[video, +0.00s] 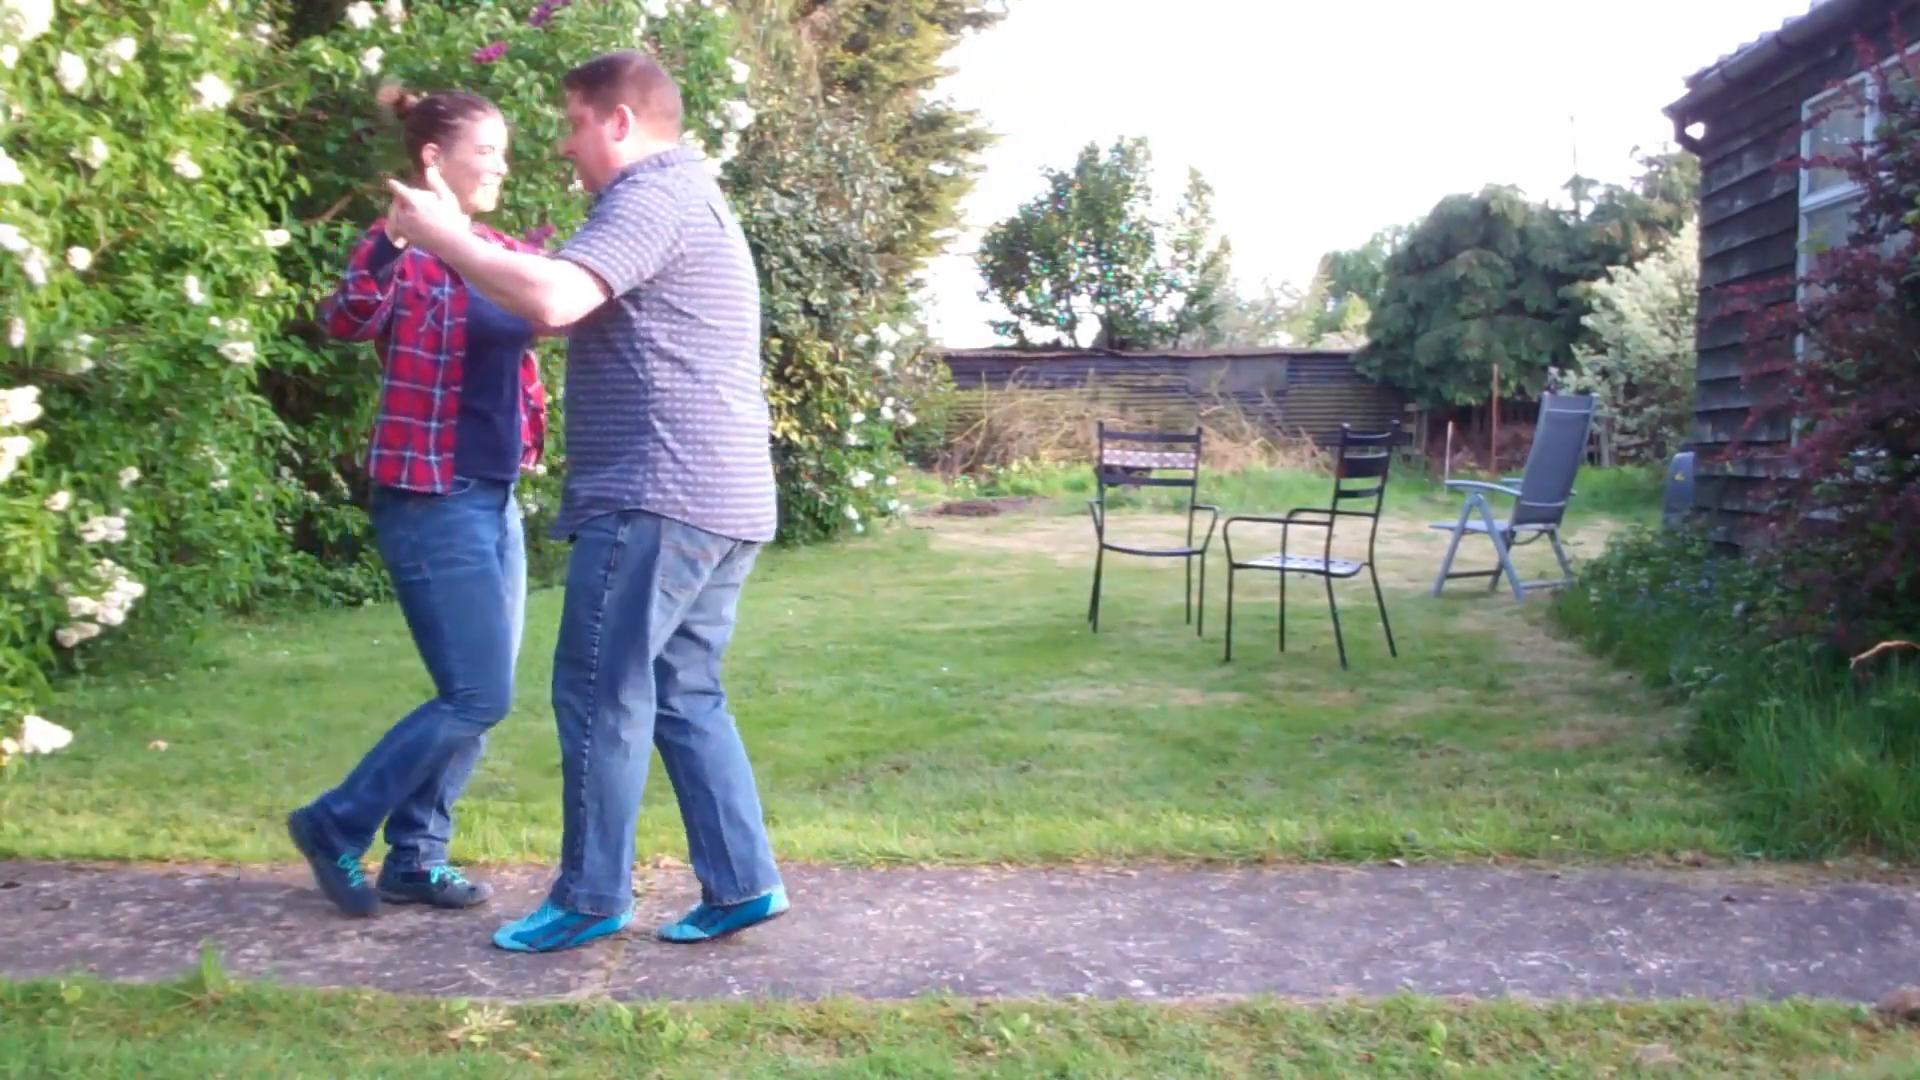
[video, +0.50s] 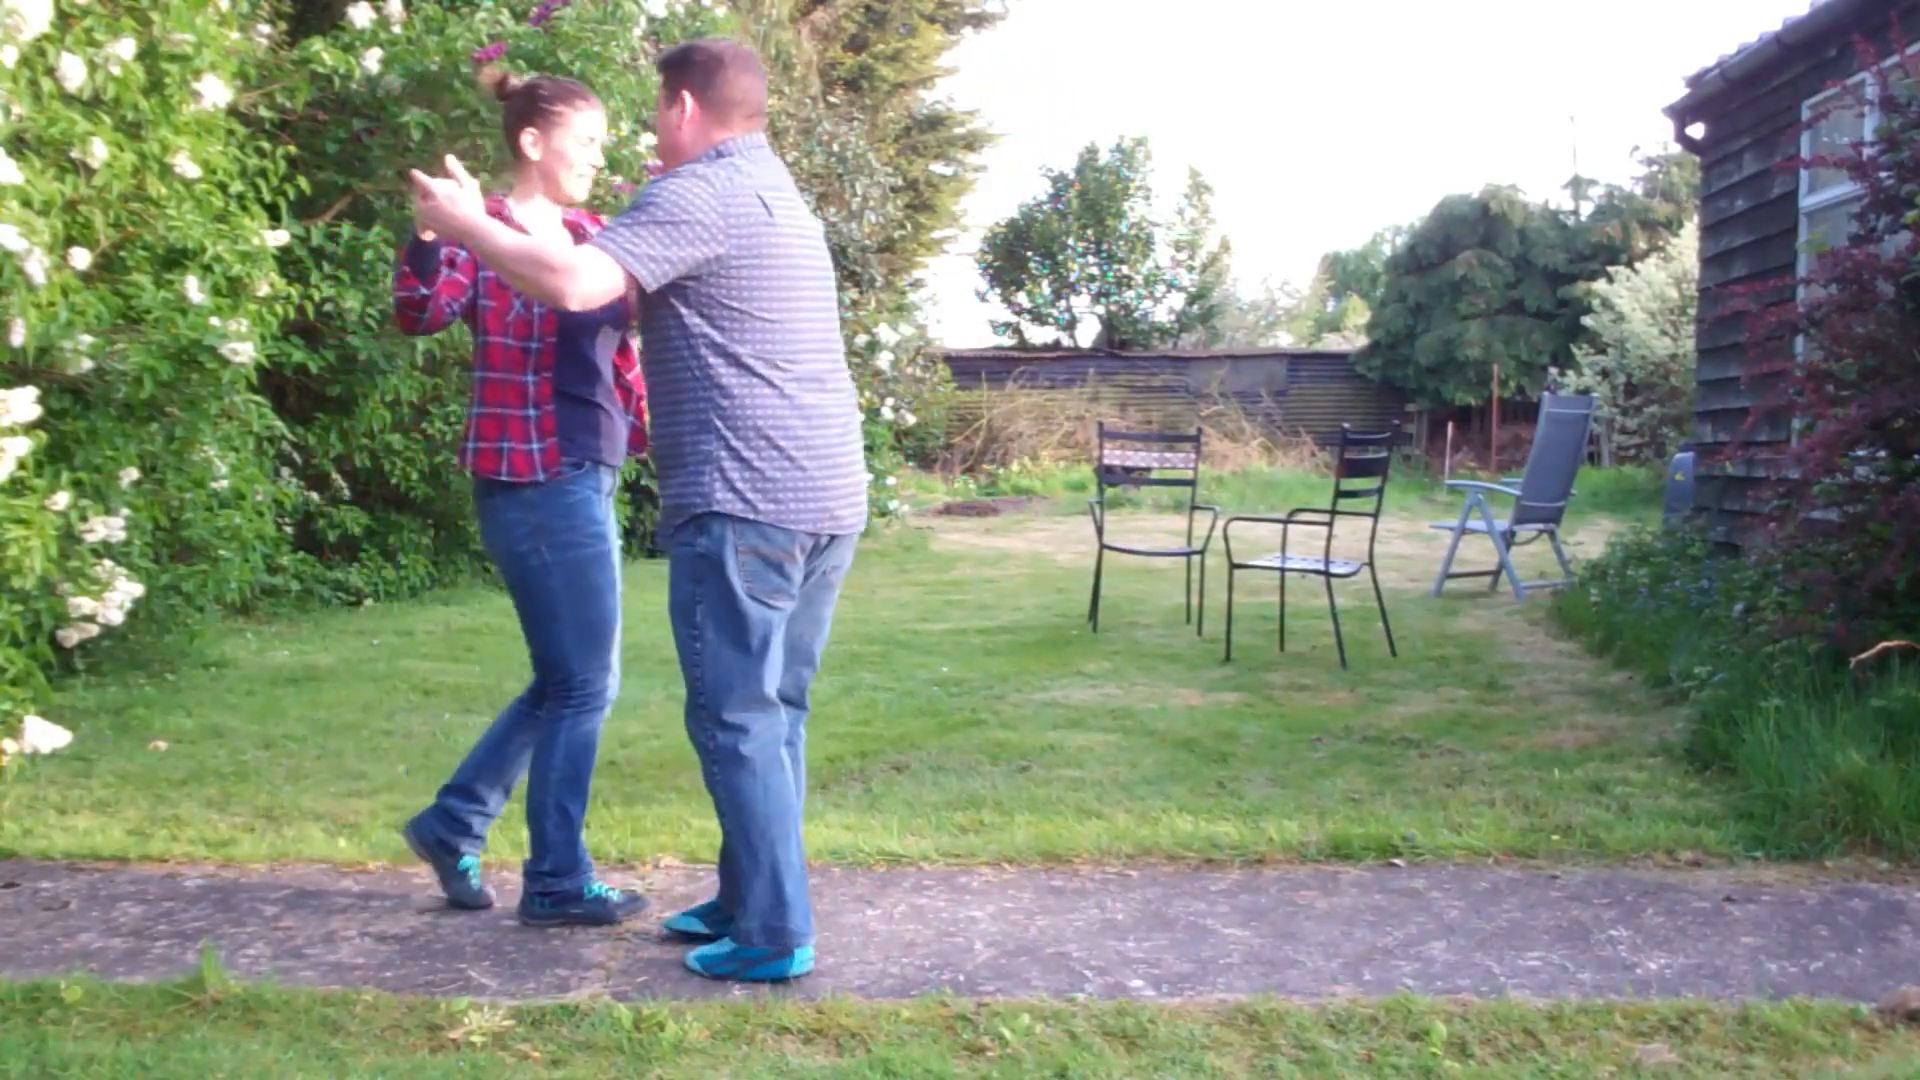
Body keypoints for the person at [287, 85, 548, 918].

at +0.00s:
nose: (499, 168)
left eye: (503, 155)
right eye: (486, 154)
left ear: (492, 166)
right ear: (434, 157)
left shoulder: (500, 251)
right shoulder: (401, 249)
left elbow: (539, 319)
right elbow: (341, 325)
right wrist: (386, 240)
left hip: (494, 494)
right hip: (429, 497)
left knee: (483, 694)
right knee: (477, 695)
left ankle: (416, 855)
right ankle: (332, 826)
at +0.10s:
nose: (515, 166)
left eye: (518, 152)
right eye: (503, 151)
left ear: (505, 159)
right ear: (450, 153)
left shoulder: (519, 248)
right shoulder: (414, 242)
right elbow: (358, 322)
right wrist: (402, 238)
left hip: (503, 492)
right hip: (445, 494)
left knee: (467, 686)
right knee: (526, 678)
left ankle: (413, 852)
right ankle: (404, 835)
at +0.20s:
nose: (532, 163)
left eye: (534, 149)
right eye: (520, 148)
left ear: (506, 155)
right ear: (466, 150)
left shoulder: (526, 241)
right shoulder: (434, 242)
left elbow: (589, 290)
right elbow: (369, 318)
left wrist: (590, 246)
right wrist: (404, 234)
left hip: (511, 489)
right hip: (462, 492)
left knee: (469, 688)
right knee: (553, 668)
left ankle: (412, 855)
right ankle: (502, 861)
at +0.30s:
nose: (552, 161)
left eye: (554, 146)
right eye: (538, 145)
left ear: (519, 154)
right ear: (485, 148)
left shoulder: (545, 242)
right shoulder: (449, 238)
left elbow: (597, 310)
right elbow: (385, 313)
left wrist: (606, 251)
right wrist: (411, 228)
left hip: (526, 485)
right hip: (482, 489)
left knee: (476, 685)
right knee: (573, 676)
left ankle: (415, 852)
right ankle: (557, 879)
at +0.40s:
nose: (574, 163)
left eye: (577, 149)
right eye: (561, 147)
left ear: (530, 153)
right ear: (510, 147)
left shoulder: (564, 239)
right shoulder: (471, 238)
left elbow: (616, 328)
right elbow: (398, 312)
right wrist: (419, 225)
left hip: (530, 487)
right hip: (517, 489)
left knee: (498, 685)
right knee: (584, 683)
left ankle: (421, 846)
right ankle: (558, 880)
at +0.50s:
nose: (599, 158)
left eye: (601, 144)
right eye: (587, 142)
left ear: (550, 146)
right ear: (533, 142)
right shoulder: (493, 231)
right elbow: (419, 316)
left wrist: (654, 443)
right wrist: (434, 233)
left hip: (561, 478)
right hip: (545, 482)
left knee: (565, 682)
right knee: (584, 687)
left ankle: (452, 824)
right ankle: (557, 878)